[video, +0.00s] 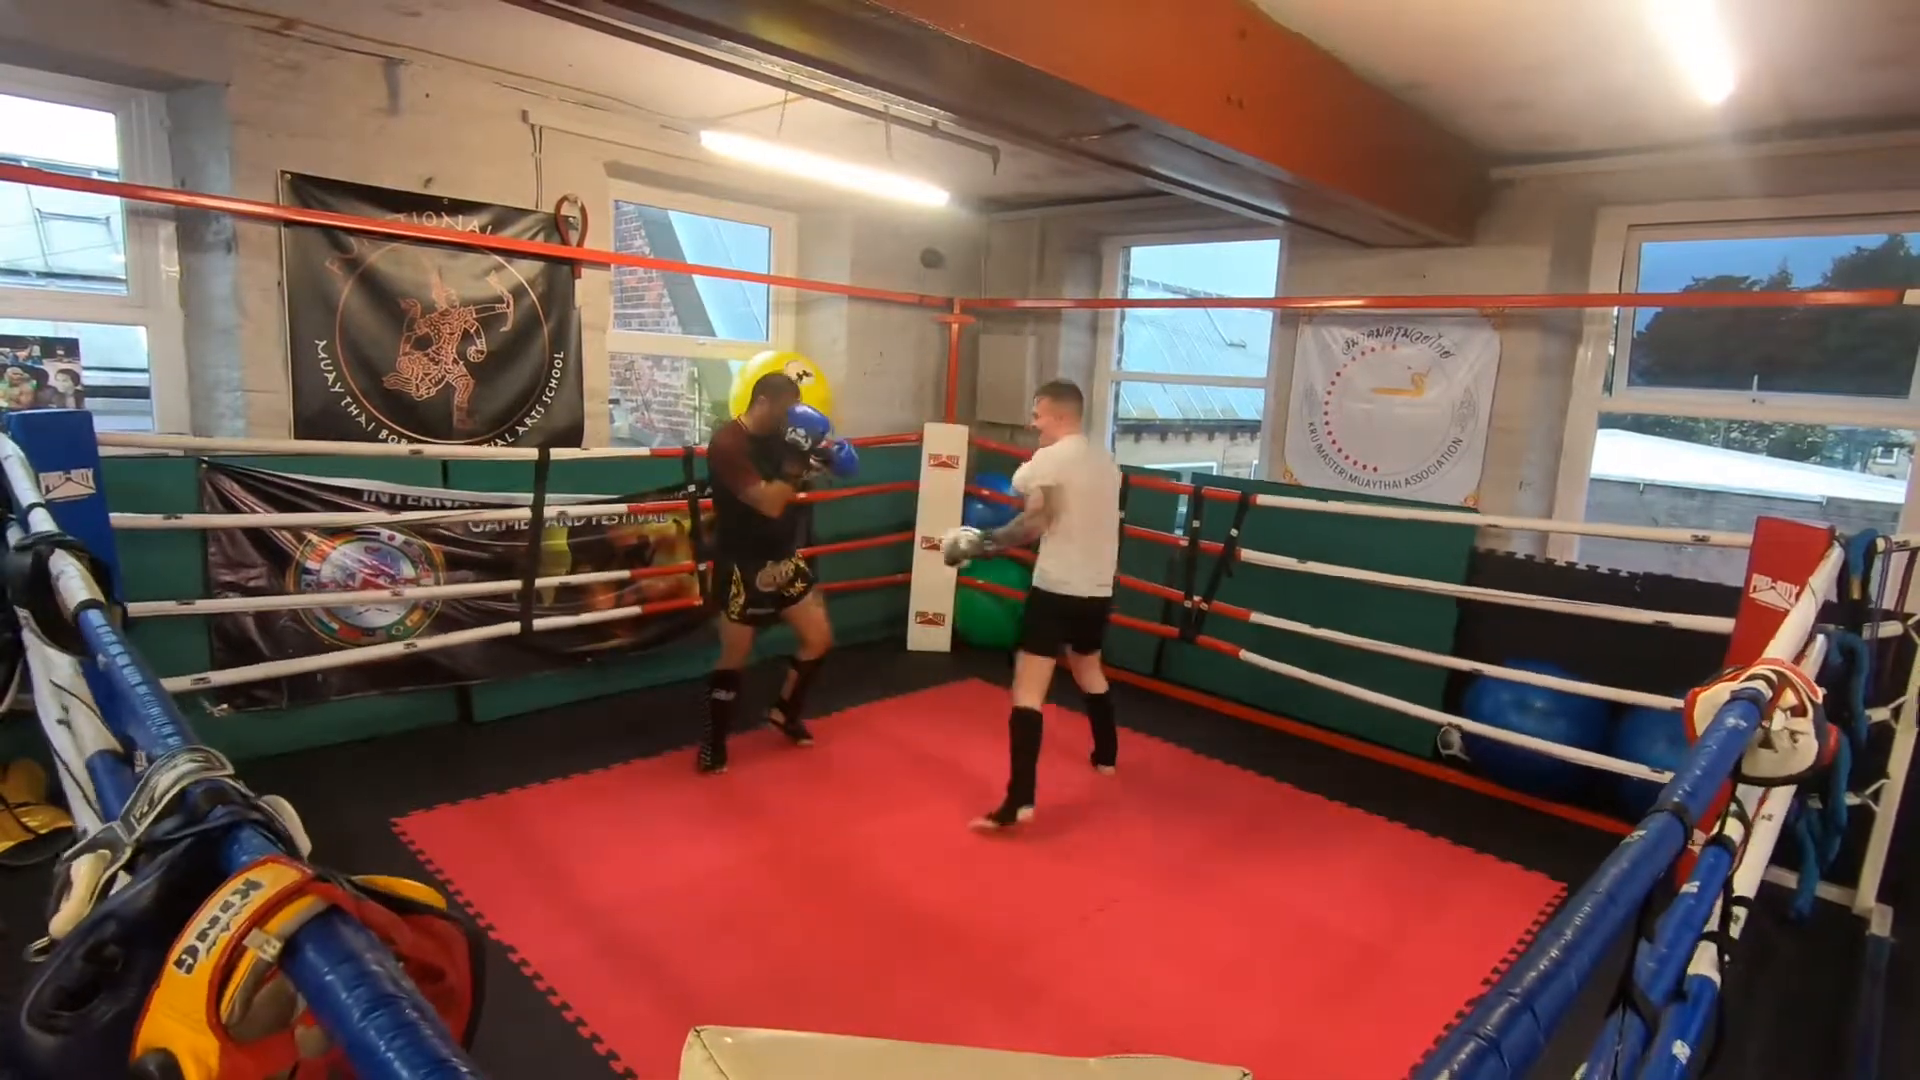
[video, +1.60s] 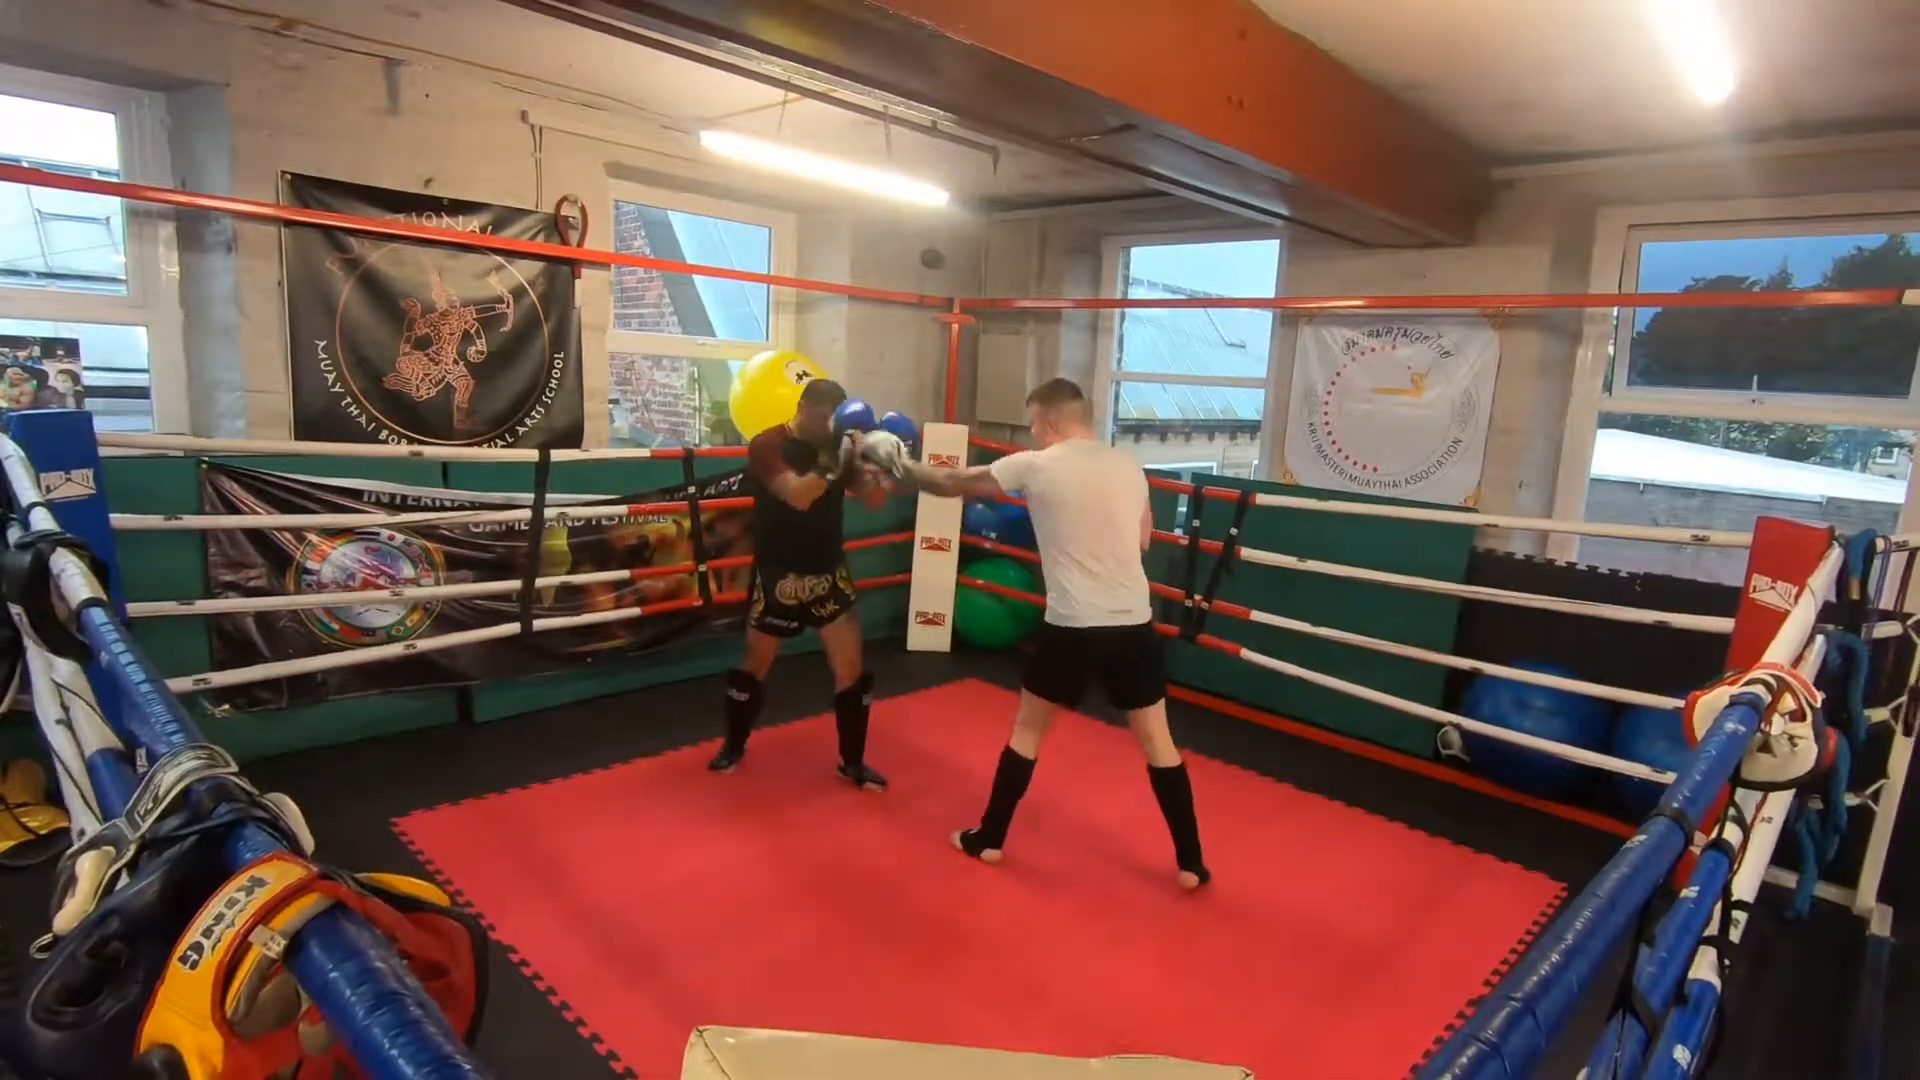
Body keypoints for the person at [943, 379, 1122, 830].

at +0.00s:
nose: (1034, 424)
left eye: (1038, 416)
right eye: (1035, 416)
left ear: (1055, 416)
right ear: (1075, 416)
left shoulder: (1044, 464)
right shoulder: (1108, 464)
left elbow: (1030, 525)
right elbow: (1087, 520)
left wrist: (979, 542)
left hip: (1054, 593)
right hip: (1097, 594)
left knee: (1028, 693)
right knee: (1088, 667)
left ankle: (1019, 800)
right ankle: (1107, 756)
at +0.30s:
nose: (1016, 430)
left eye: (1017, 420)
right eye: (1014, 421)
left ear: (1035, 412)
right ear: (1060, 411)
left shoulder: (1033, 459)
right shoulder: (1106, 458)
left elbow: (1012, 536)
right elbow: (1078, 531)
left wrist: (973, 553)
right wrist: (989, 542)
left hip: (1058, 604)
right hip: (1110, 605)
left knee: (1034, 705)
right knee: (1116, 697)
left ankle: (1022, 819)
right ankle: (1149, 807)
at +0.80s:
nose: (1036, 428)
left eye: (1036, 420)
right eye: (1036, 420)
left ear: (1044, 417)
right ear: (1082, 415)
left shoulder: (1036, 467)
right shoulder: (1126, 467)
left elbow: (1003, 536)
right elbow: (1129, 533)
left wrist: (952, 545)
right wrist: (1041, 537)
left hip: (1063, 623)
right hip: (1123, 624)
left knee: (1026, 719)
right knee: (1145, 738)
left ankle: (994, 823)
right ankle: (1175, 861)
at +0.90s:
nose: (1024, 432)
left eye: (1025, 424)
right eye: (1025, 424)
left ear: (1037, 419)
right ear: (1073, 416)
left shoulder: (1027, 462)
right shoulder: (1119, 463)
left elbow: (962, 497)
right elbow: (1131, 531)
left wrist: (910, 487)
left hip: (1061, 619)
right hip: (1122, 620)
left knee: (1028, 719)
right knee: (1145, 729)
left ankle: (993, 825)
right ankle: (1177, 852)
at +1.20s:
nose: (1043, 439)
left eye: (1043, 431)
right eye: (1041, 431)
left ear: (1060, 425)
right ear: (1096, 424)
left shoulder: (1054, 473)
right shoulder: (1141, 475)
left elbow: (992, 535)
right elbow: (1120, 538)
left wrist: (936, 543)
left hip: (1068, 630)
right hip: (1132, 635)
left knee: (1030, 725)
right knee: (1153, 748)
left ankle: (993, 825)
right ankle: (1184, 871)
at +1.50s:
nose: (1040, 435)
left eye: (1041, 426)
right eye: (1039, 427)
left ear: (1059, 423)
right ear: (1091, 423)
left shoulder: (1049, 471)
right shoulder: (1139, 472)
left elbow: (978, 517)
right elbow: (1140, 542)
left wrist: (924, 501)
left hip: (1070, 632)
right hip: (1135, 636)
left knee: (1029, 728)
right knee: (1155, 748)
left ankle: (990, 837)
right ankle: (1188, 872)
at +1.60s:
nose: (1033, 434)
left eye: (1035, 425)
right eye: (1033, 425)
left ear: (1049, 422)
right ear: (1084, 420)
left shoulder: (1036, 464)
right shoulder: (1128, 466)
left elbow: (955, 483)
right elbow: (1143, 536)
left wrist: (902, 466)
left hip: (1069, 631)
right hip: (1134, 632)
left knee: (1029, 729)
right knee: (1158, 740)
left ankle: (990, 838)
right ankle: (1192, 863)